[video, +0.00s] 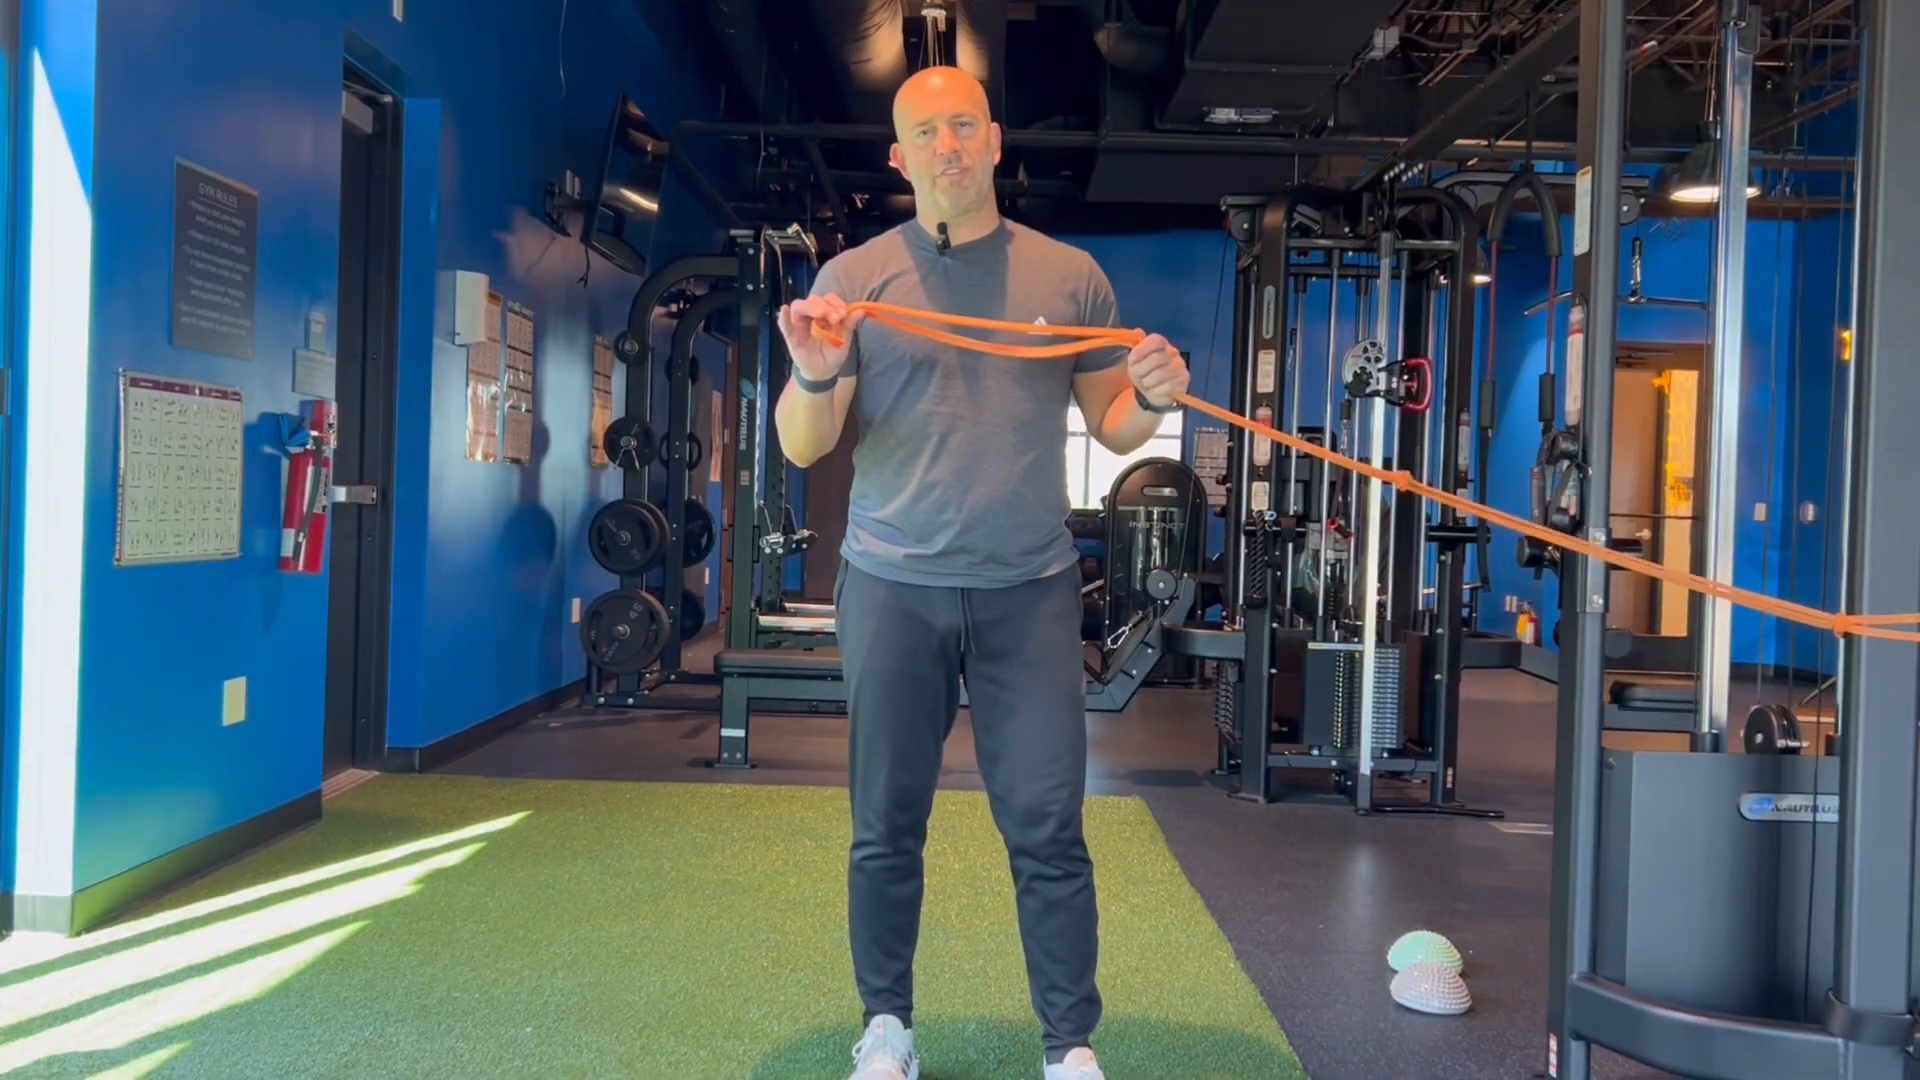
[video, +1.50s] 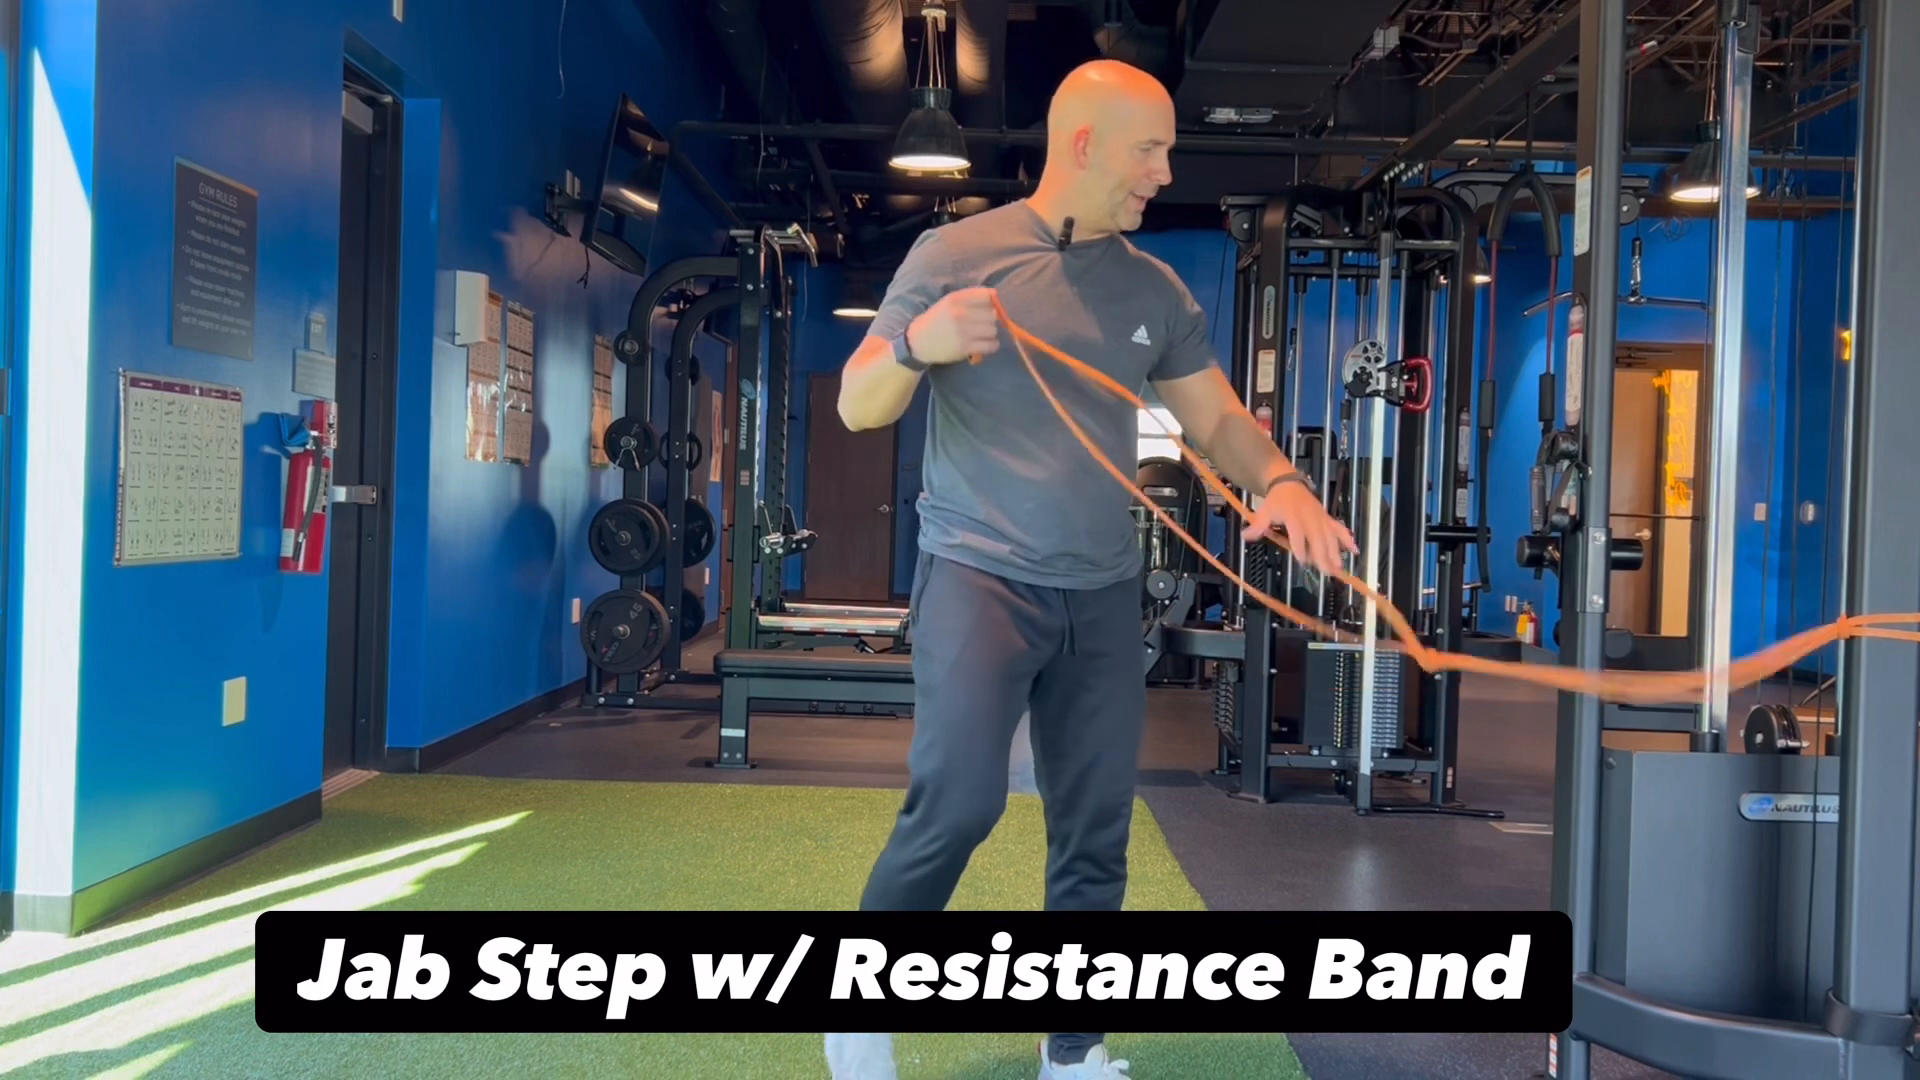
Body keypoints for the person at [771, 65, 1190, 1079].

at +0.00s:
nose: (949, 142)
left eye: (964, 123)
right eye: (928, 129)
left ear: (997, 142)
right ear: (899, 157)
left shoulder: (1069, 276)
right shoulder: (854, 278)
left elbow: (1115, 428)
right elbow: (803, 448)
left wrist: (1153, 394)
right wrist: (815, 378)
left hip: (1031, 586)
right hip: (892, 585)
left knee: (1047, 823)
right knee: (887, 823)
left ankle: (1070, 1043)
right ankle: (886, 1023)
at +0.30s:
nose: (953, 144)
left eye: (967, 125)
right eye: (931, 131)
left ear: (997, 142)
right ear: (900, 158)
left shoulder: (1068, 276)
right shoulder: (852, 281)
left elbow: (1116, 427)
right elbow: (801, 449)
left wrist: (1153, 397)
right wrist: (813, 385)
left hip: (1031, 585)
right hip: (892, 585)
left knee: (1048, 823)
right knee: (887, 824)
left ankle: (1070, 1043)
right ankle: (886, 1022)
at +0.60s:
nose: (987, 171)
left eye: (998, 151)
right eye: (964, 153)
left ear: (1011, 155)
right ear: (912, 161)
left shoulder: (1062, 280)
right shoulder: (844, 284)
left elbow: (1128, 415)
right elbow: (784, 442)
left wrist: (1179, 393)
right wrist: (813, 413)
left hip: (1030, 587)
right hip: (892, 588)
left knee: (1047, 824)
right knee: (886, 825)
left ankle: (1071, 1042)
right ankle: (887, 1021)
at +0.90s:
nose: (1026, 178)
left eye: (1034, 159)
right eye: (1005, 160)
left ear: (1038, 161)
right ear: (944, 160)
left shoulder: (1072, 280)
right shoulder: (860, 280)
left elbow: (1171, 397)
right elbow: (781, 422)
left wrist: (1198, 356)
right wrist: (841, 442)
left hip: (1044, 594)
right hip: (910, 594)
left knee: (1069, 824)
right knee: (891, 835)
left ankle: (1069, 1041)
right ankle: (882, 1034)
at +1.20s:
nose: (1121, 177)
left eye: (1125, 158)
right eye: (1106, 156)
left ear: (1087, 159)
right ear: (1035, 150)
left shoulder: (1130, 282)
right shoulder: (924, 269)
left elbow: (1206, 411)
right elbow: (843, 414)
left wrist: (1241, 381)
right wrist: (897, 444)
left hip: (1092, 595)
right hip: (961, 591)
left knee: (1091, 836)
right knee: (922, 829)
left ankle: (1071, 1048)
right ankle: (885, 1032)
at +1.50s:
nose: (1161, 178)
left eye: (1167, 159)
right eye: (1149, 155)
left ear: (1101, 154)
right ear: (1079, 144)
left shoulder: (1154, 292)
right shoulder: (950, 256)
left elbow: (1218, 422)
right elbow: (860, 408)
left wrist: (1285, 486)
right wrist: (916, 347)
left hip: (1106, 593)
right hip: (979, 578)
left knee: (1096, 834)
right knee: (960, 798)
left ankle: (1073, 1047)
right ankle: (856, 1006)